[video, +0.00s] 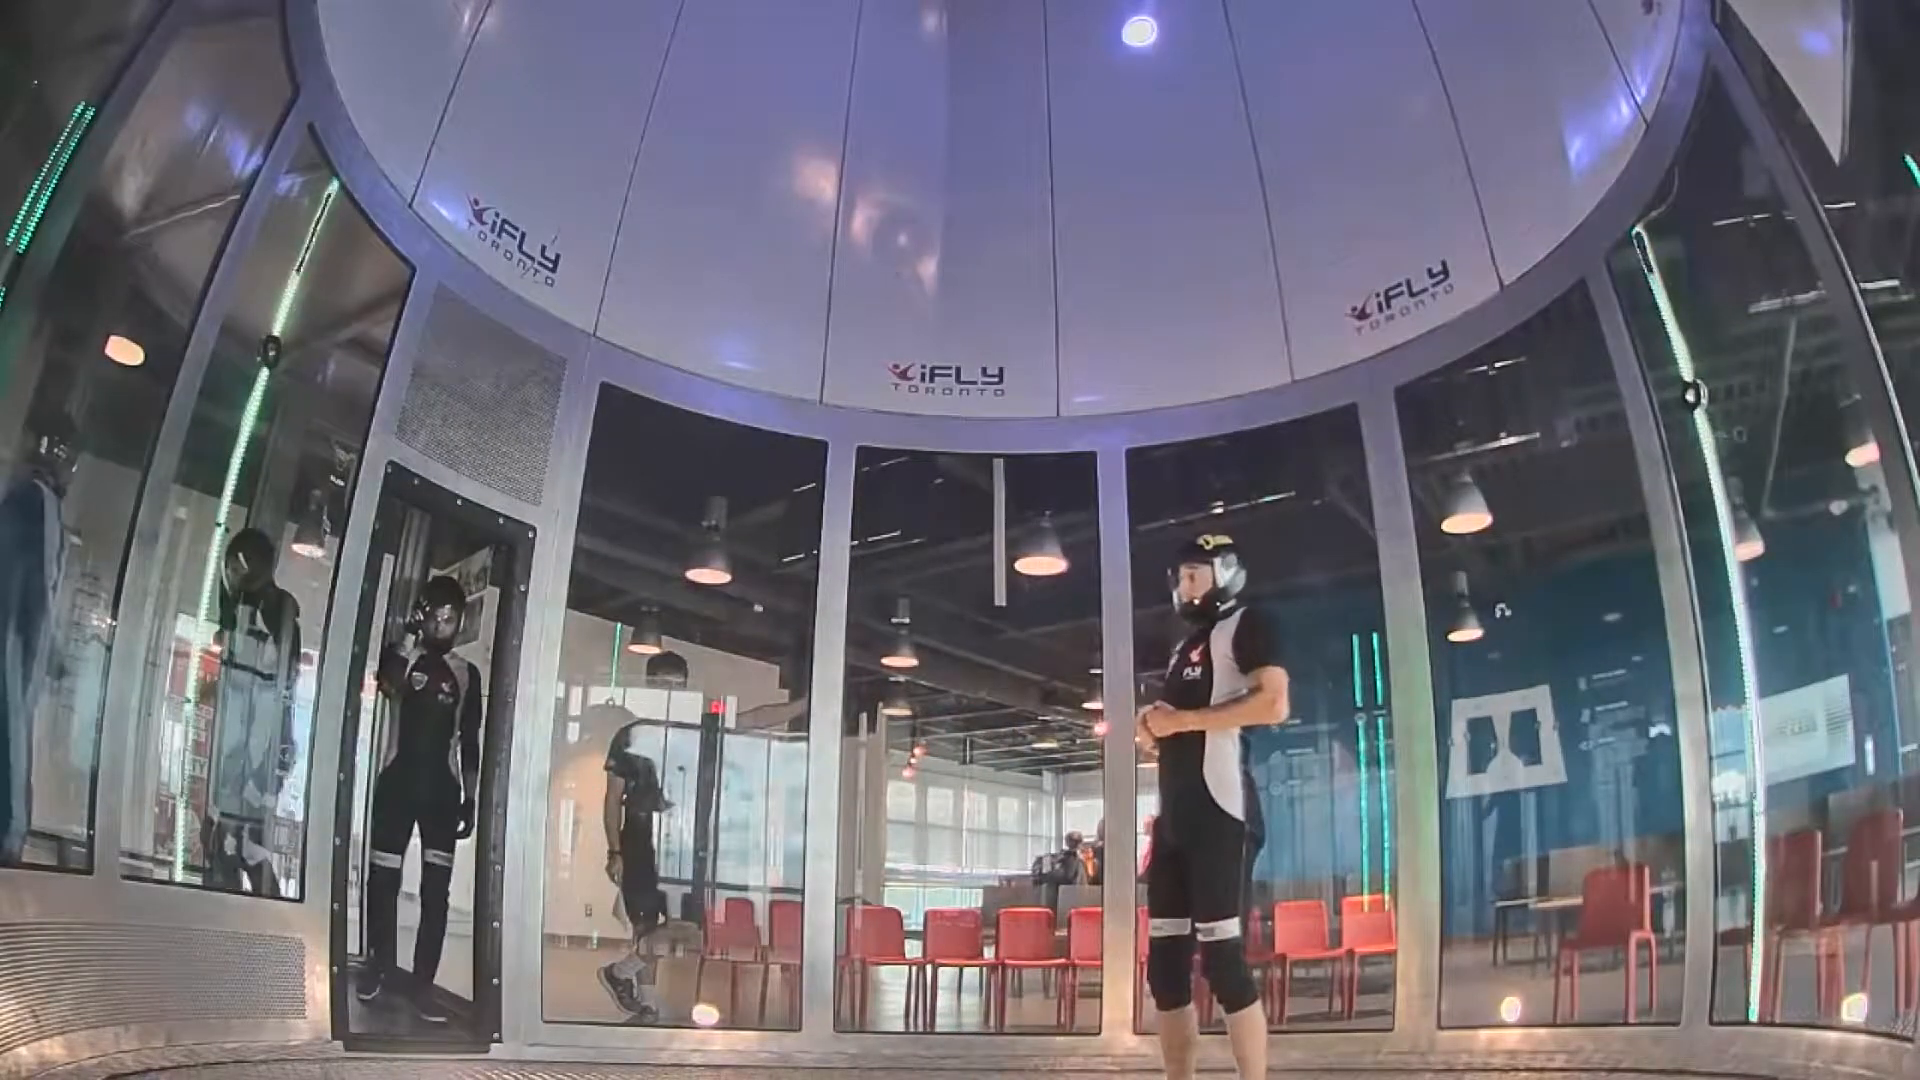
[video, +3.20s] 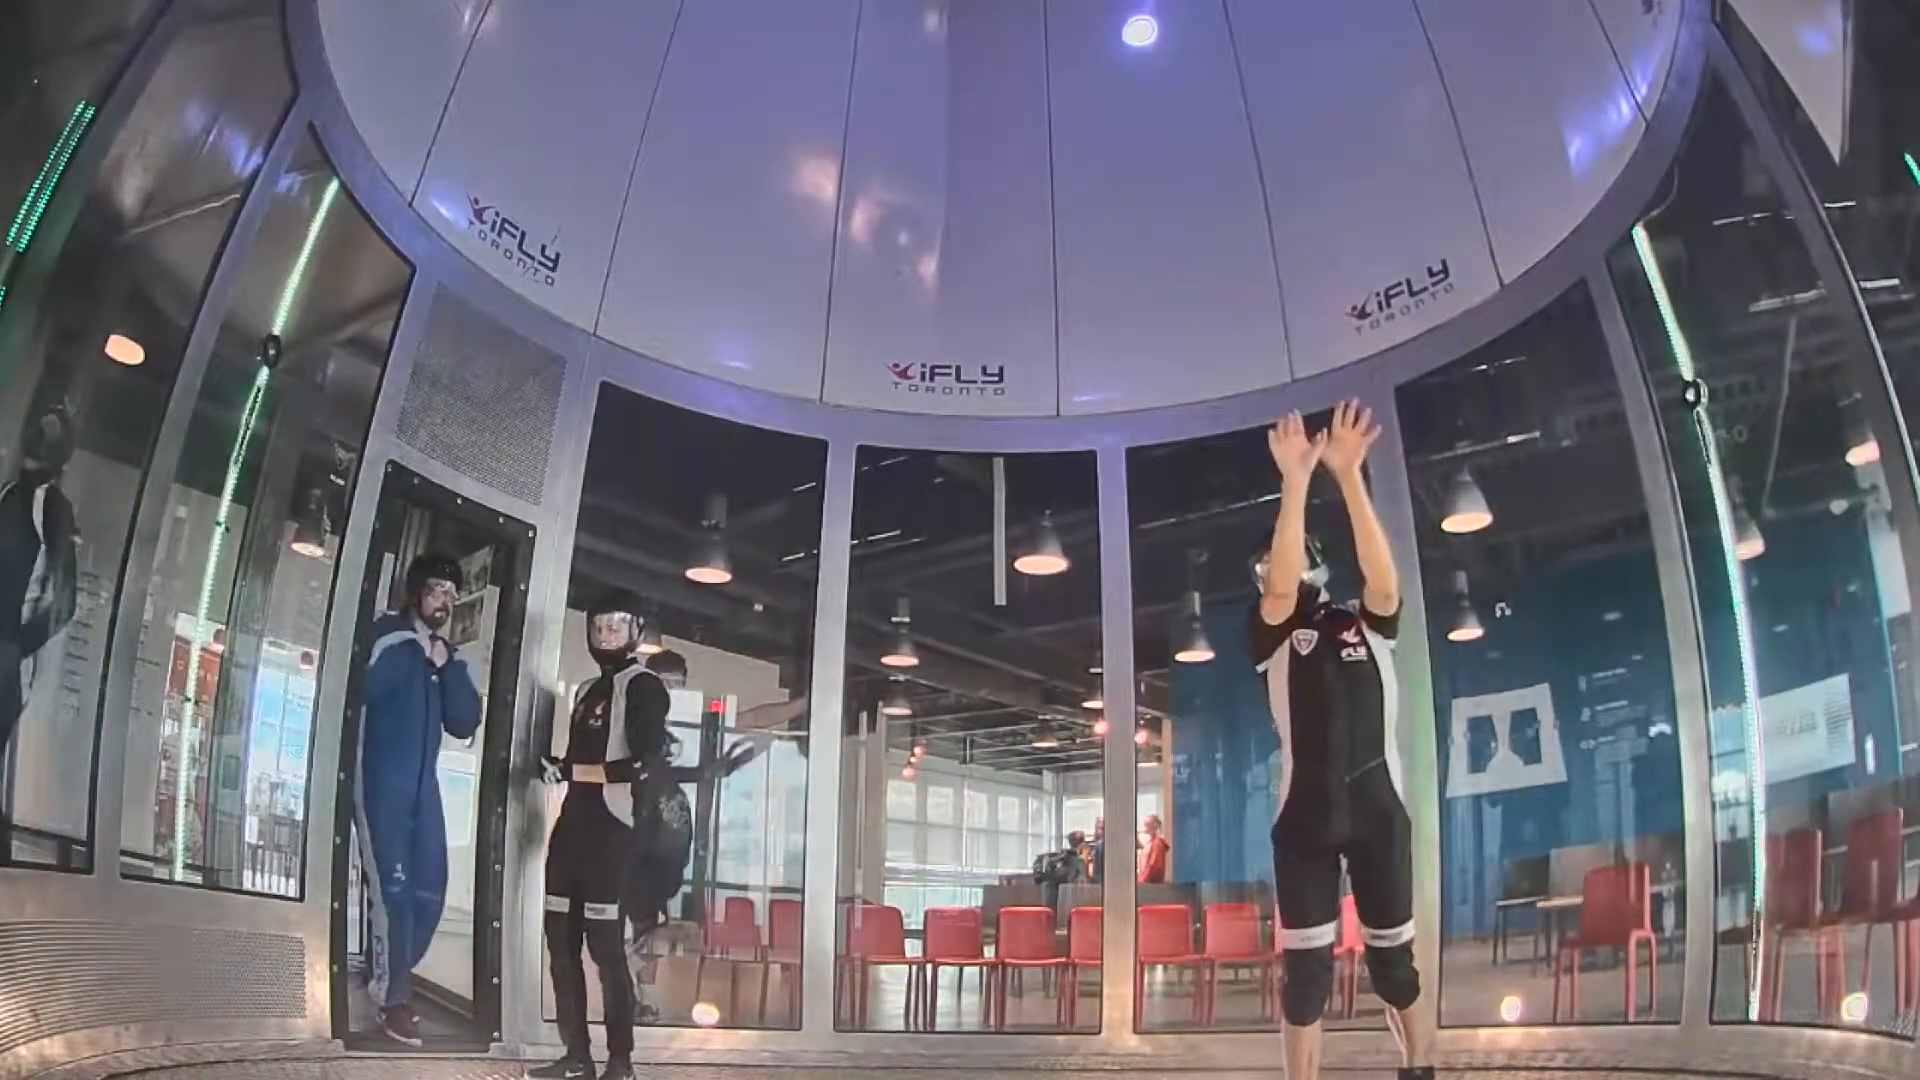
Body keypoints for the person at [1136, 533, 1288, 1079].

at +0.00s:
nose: (1186, 585)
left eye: (1197, 574)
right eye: (1183, 575)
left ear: (1226, 575)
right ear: (1179, 579)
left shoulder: (1252, 622)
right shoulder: (1185, 642)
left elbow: (1274, 703)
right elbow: (1184, 728)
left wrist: (1182, 719)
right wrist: (1149, 733)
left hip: (1224, 812)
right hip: (1175, 813)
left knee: (1223, 961)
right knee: (1166, 965)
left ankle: (1253, 1075)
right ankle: (1179, 1077)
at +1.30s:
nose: (1213, 595)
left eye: (1222, 584)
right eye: (1211, 586)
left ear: (1253, 586)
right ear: (1218, 594)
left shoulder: (1292, 645)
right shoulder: (1212, 662)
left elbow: (1329, 732)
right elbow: (1190, 749)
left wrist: (1240, 733)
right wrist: (1193, 741)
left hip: (1267, 823)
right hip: (1212, 824)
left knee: (1280, 965)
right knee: (1195, 962)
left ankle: (1339, 1068)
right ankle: (1183, 1076)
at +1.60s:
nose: (1274, 609)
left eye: (1284, 598)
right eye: (1272, 599)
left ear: (1315, 598)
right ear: (1272, 605)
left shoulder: (1367, 653)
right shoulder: (1268, 670)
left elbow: (1412, 729)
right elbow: (1251, 763)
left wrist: (1332, 733)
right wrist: (1271, 745)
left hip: (1354, 833)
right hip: (1293, 834)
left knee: (1373, 962)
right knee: (1242, 958)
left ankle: (1388, 1070)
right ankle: (1191, 1075)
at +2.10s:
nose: (1343, 596)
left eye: (1352, 585)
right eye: (1334, 587)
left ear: (1373, 591)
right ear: (1322, 598)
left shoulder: (1405, 646)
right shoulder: (1311, 667)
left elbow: (1449, 723)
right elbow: (1302, 760)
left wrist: (1371, 741)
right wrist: (1311, 750)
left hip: (1391, 826)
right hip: (1331, 827)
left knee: (1386, 966)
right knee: (1300, 955)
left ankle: (1393, 1066)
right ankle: (1293, 1075)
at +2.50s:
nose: (1327, 588)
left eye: (1336, 577)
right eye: (1317, 580)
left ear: (1355, 586)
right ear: (1304, 592)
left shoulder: (1399, 641)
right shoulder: (1292, 659)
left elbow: (1434, 702)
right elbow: (1284, 734)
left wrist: (1366, 647)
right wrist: (1322, 666)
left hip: (1382, 828)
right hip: (1318, 830)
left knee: (1387, 967)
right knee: (1313, 962)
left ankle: (1392, 1065)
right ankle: (1302, 1076)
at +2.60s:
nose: (1314, 579)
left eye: (1321, 573)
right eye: (1303, 571)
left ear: (1340, 584)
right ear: (1294, 588)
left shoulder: (1373, 634)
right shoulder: (1287, 641)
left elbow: (1408, 657)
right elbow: (1284, 665)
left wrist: (1366, 564)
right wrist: (1320, 583)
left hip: (1373, 816)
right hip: (1308, 820)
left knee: (1381, 965)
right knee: (1311, 967)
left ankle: (1391, 1062)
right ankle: (1301, 1078)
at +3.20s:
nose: (1298, 562)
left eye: (1305, 556)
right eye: (1282, 558)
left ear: (1321, 569)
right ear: (1268, 582)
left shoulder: (1372, 625)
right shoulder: (1271, 638)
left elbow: (1380, 574)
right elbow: (1283, 578)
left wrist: (1349, 475)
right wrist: (1295, 478)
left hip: (1379, 815)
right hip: (1306, 821)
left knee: (1395, 969)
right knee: (1307, 977)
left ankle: (1421, 1070)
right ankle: (1301, 1077)